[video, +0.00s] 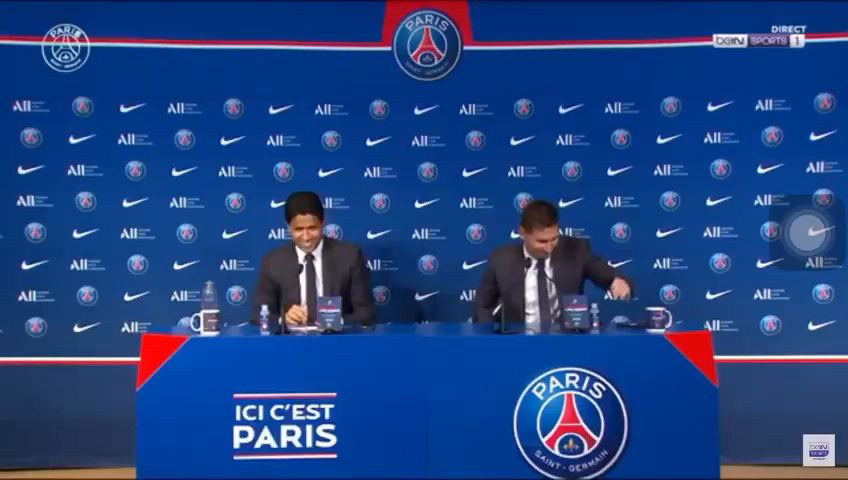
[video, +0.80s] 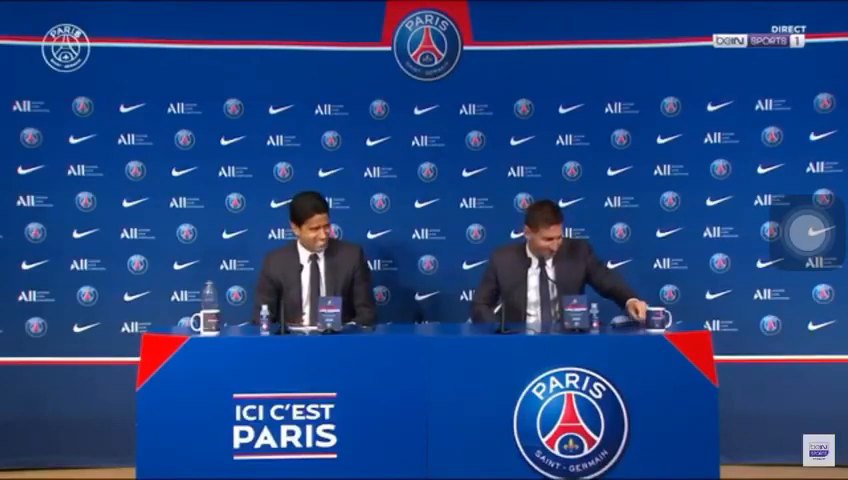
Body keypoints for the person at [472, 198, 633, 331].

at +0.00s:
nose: (548, 248)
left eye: (553, 240)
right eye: (541, 242)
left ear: (558, 230)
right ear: (522, 233)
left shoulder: (577, 251)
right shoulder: (502, 259)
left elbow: (608, 277)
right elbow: (483, 307)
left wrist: (619, 282)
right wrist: (489, 341)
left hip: (568, 346)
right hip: (518, 347)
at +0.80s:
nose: (554, 246)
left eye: (558, 238)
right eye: (547, 240)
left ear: (562, 230)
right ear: (527, 232)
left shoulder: (579, 253)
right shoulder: (503, 259)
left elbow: (608, 282)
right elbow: (480, 306)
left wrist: (630, 300)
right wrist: (499, 334)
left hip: (570, 348)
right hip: (519, 349)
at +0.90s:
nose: (555, 246)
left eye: (558, 238)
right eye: (548, 240)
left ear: (563, 230)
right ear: (527, 232)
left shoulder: (579, 252)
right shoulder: (503, 259)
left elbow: (605, 283)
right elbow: (481, 309)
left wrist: (627, 296)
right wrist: (511, 319)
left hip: (571, 347)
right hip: (521, 350)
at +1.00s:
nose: (555, 245)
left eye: (559, 238)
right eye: (548, 239)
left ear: (563, 229)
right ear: (527, 232)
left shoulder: (579, 252)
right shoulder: (503, 258)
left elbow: (604, 283)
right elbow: (485, 309)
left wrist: (622, 291)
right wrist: (522, 312)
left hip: (571, 344)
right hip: (520, 347)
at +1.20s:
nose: (553, 244)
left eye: (558, 236)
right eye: (546, 237)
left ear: (562, 229)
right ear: (526, 230)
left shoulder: (578, 250)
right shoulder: (504, 258)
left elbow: (601, 302)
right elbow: (501, 311)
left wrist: (602, 286)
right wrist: (539, 300)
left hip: (570, 341)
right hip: (522, 343)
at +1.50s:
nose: (534, 243)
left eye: (542, 236)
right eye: (530, 235)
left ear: (557, 232)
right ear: (524, 227)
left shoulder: (578, 253)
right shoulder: (503, 257)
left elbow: (594, 302)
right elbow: (495, 310)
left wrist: (578, 290)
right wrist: (524, 301)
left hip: (567, 340)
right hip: (519, 342)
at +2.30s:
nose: (537, 236)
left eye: (543, 228)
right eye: (531, 228)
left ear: (555, 226)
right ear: (520, 225)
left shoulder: (577, 253)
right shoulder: (504, 256)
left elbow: (597, 300)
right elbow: (488, 311)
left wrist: (577, 277)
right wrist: (502, 287)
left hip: (566, 338)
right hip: (519, 339)